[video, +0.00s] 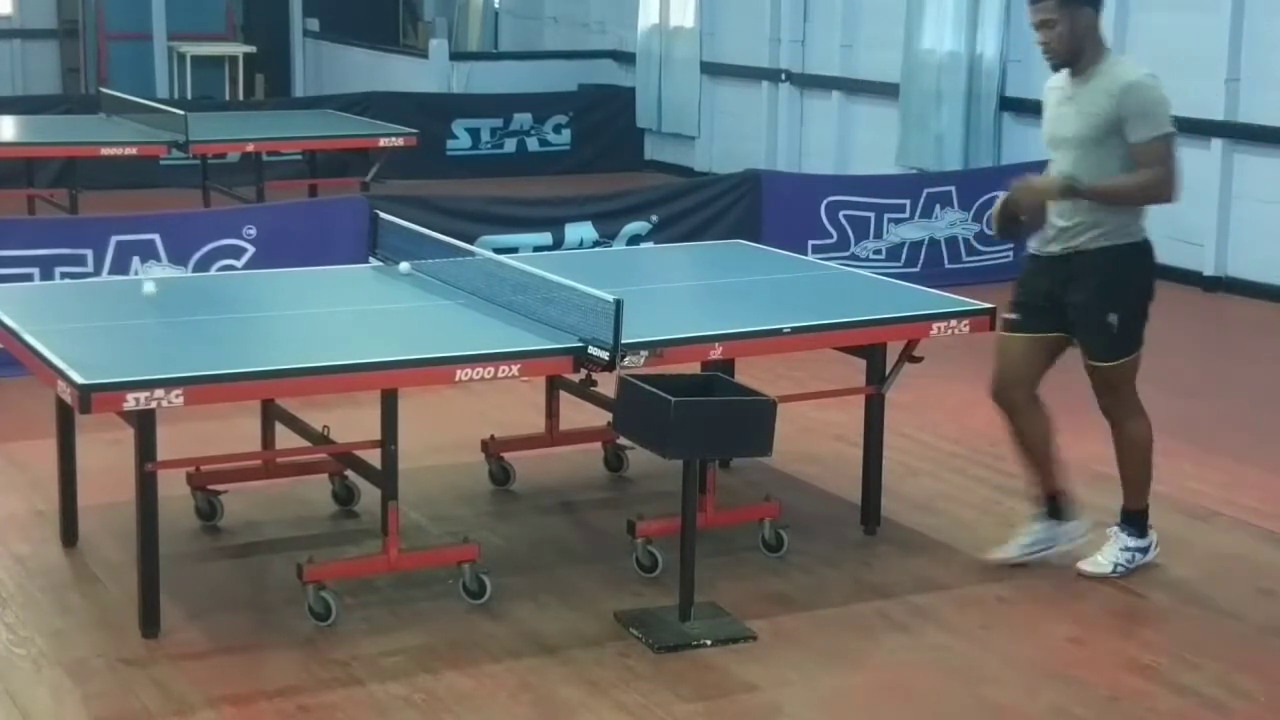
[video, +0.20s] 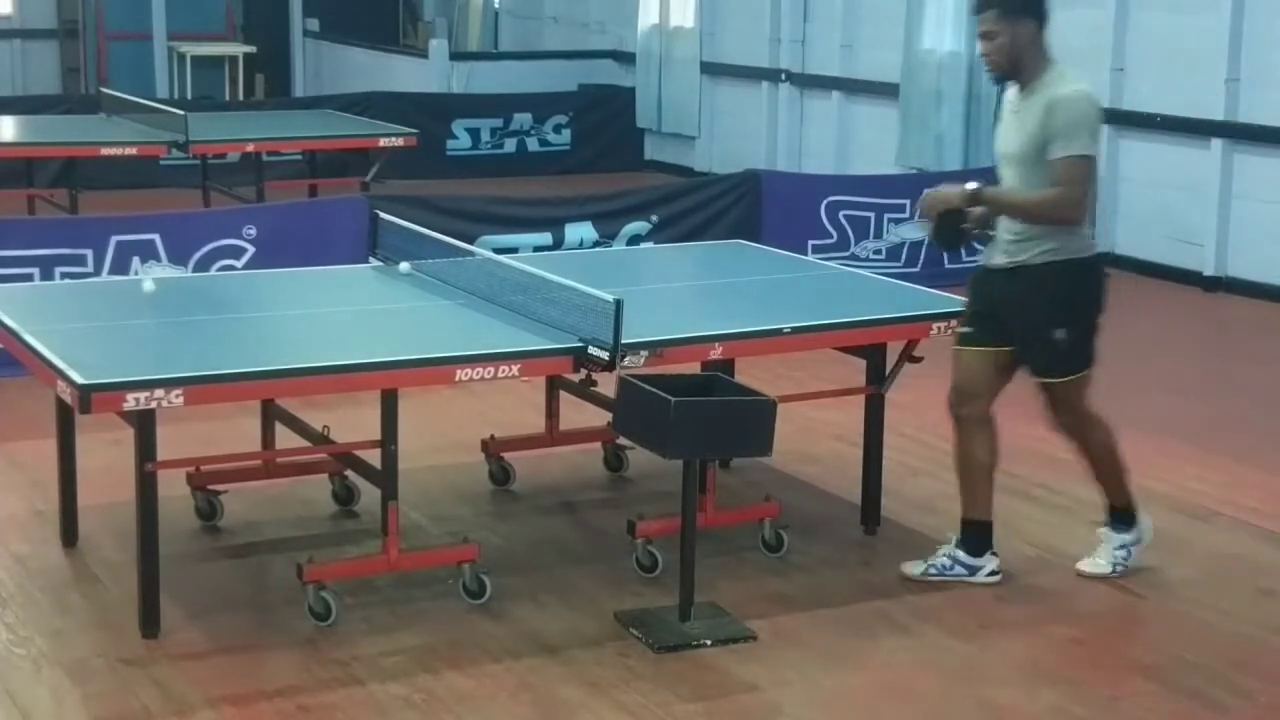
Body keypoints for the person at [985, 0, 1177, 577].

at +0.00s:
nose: (1040, 39)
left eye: (1048, 25)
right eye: (1035, 28)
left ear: (1087, 17)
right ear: (1042, 28)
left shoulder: (1135, 87)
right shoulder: (1057, 87)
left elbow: (1162, 184)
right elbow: (1075, 176)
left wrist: (1062, 188)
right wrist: (1030, 203)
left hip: (1112, 263)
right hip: (1053, 261)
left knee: (1117, 397)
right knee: (1010, 386)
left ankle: (1136, 532)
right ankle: (1056, 515)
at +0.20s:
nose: (983, 50)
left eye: (992, 36)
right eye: (980, 38)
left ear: (1030, 31)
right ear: (1002, 37)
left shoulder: (1070, 100)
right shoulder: (1014, 99)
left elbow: (1072, 206)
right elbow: (1027, 192)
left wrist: (977, 197)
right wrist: (981, 213)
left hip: (1061, 276)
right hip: (1005, 273)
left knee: (1070, 409)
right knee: (968, 401)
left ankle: (1126, 524)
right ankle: (975, 548)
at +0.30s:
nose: (953, 55)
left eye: (962, 41)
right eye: (951, 43)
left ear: (1001, 33)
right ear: (967, 43)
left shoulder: (1041, 101)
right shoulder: (991, 99)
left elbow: (1043, 209)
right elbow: (999, 194)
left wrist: (950, 207)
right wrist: (943, 212)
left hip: (1027, 278)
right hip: (976, 272)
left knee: (1009, 421)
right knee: (952, 405)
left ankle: (1092, 503)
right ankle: (973, 549)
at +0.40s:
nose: (922, 56)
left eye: (929, 42)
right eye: (919, 45)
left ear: (967, 32)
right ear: (944, 40)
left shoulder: (1012, 99)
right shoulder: (966, 99)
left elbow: (1022, 207)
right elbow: (978, 192)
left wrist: (927, 211)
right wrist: (921, 206)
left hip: (1006, 275)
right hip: (964, 269)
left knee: (957, 413)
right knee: (950, 412)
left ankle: (1033, 522)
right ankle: (972, 548)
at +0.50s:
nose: (890, 61)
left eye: (897, 46)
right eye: (886, 49)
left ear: (935, 34)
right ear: (911, 43)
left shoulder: (978, 102)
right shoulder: (943, 98)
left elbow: (994, 210)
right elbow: (964, 185)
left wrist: (902, 223)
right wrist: (912, 196)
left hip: (985, 275)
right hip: (964, 270)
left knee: (926, 418)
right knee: (964, 418)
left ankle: (958, 567)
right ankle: (976, 554)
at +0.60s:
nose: (854, 78)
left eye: (859, 64)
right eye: (851, 65)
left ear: (894, 51)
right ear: (889, 51)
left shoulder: (940, 115)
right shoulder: (930, 100)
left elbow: (950, 228)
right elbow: (955, 186)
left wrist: (857, 256)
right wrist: (902, 199)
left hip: (964, 287)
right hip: (972, 279)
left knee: (912, 434)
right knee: (966, 420)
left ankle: (882, 597)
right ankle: (976, 551)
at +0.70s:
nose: (814, 99)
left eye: (816, 84)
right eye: (808, 86)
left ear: (848, 68)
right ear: (861, 66)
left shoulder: (891, 128)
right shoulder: (919, 102)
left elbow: (896, 251)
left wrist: (804, 299)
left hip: (947, 289)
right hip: (982, 280)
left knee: (888, 425)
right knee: (957, 412)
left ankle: (879, 596)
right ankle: (974, 550)